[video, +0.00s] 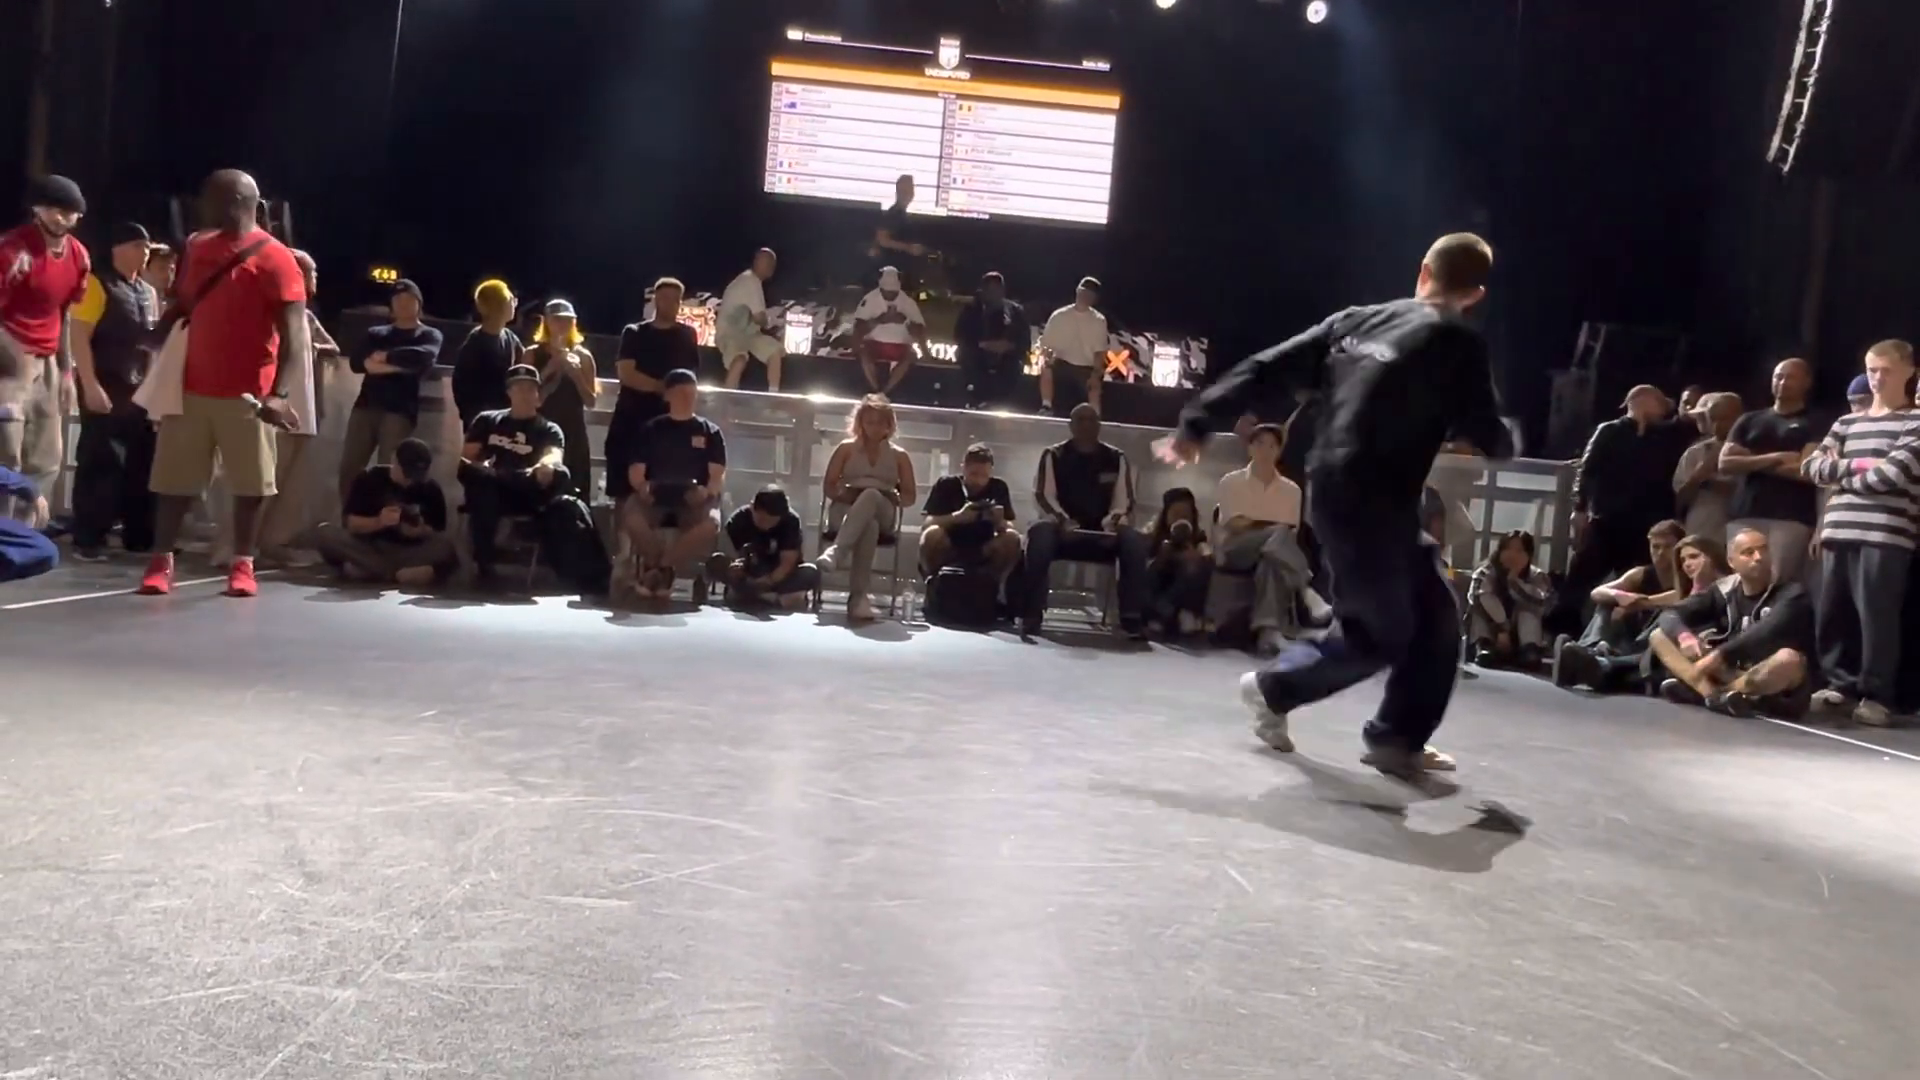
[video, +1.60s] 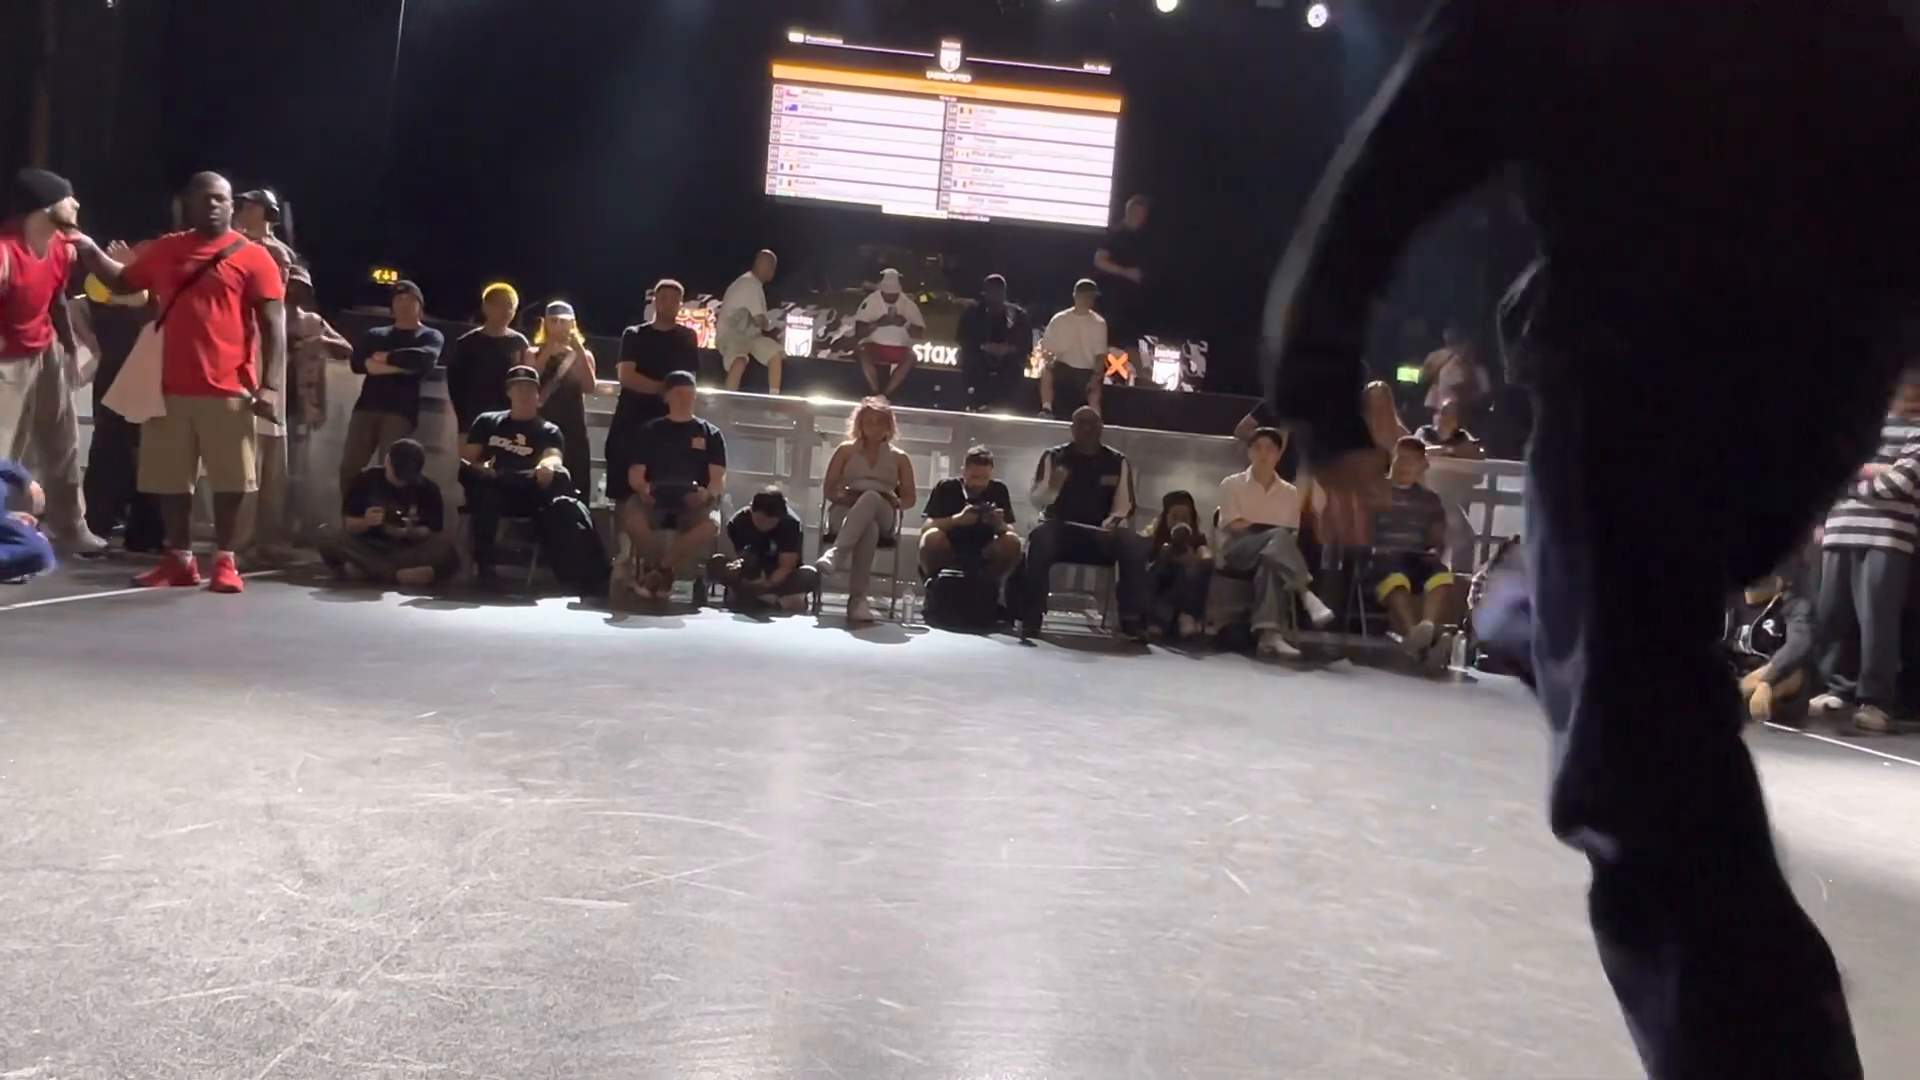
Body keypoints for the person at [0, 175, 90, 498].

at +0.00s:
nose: (66, 219)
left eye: (72, 213)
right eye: (59, 210)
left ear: (79, 217)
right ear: (38, 210)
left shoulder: (78, 255)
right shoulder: (14, 248)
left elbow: (67, 315)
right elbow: (2, 311)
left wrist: (67, 370)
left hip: (49, 362)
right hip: (12, 360)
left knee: (47, 455)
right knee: (10, 452)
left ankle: (29, 532)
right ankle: (6, 530)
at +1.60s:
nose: (73, 205)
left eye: (70, 198)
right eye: (65, 199)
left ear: (49, 209)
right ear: (44, 207)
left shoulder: (63, 249)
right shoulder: (8, 253)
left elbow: (60, 300)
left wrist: (73, 342)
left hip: (49, 355)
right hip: (9, 361)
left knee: (62, 444)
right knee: (6, 449)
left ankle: (70, 526)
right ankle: (7, 531)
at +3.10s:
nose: (89, 243)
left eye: (92, 236)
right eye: (84, 233)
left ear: (68, 229)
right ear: (58, 223)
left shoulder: (73, 272)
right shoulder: (14, 250)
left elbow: (66, 322)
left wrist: (70, 337)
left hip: (52, 380)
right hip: (10, 380)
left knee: (47, 485)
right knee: (6, 486)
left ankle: (32, 579)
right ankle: (4, 582)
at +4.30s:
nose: (78, 291)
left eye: (82, 285)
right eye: (73, 282)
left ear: (69, 280)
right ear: (50, 272)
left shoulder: (68, 322)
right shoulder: (11, 298)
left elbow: (69, 375)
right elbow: (4, 309)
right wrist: (4, 297)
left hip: (46, 425)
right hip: (7, 424)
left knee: (42, 525)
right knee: (6, 521)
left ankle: (27, 622)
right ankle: (8, 621)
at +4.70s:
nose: (75, 289)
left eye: (77, 282)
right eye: (70, 281)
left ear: (58, 280)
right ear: (45, 275)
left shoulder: (67, 324)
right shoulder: (8, 304)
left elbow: (64, 379)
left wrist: (56, 414)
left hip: (47, 428)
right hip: (8, 428)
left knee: (47, 525)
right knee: (7, 524)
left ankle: (33, 623)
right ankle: (9, 623)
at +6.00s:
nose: (78, 256)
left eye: (77, 249)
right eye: (73, 249)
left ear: (50, 251)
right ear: (55, 251)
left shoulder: (59, 297)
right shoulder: (15, 286)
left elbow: (49, 353)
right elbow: (2, 352)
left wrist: (69, 387)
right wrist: (38, 381)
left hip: (54, 409)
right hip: (21, 411)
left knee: (56, 510)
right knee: (24, 508)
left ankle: (48, 610)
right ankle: (22, 608)